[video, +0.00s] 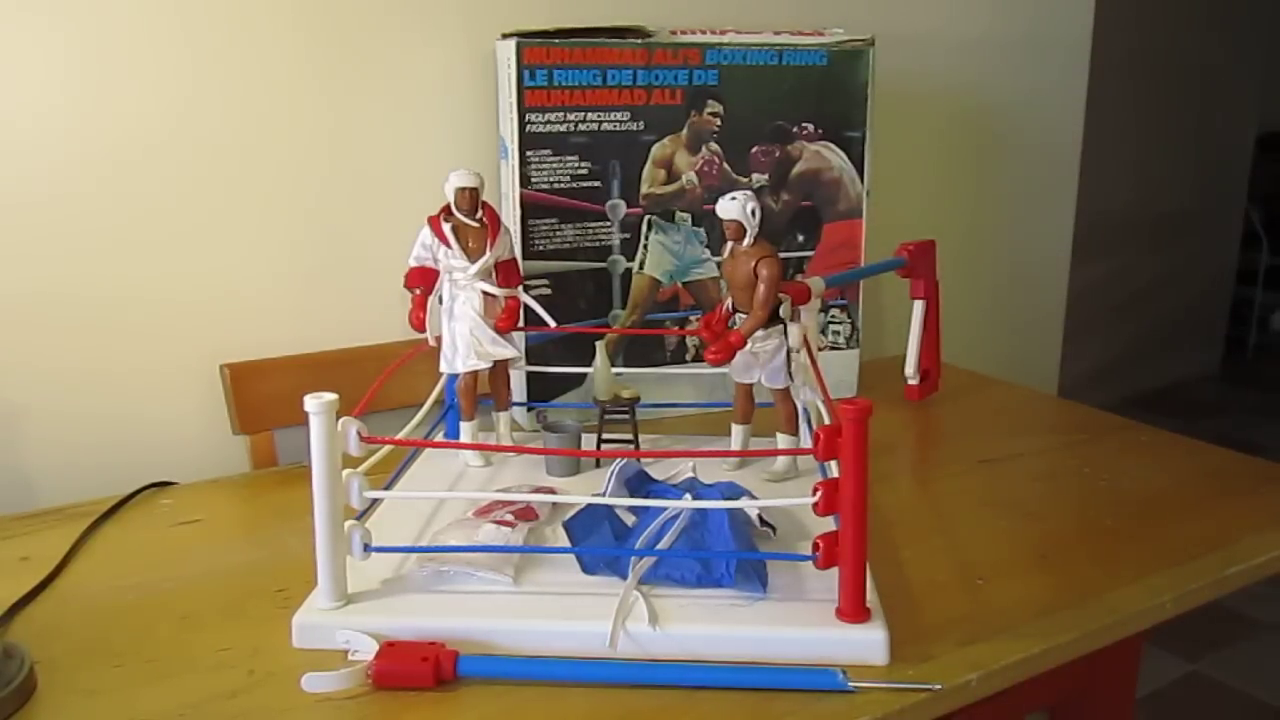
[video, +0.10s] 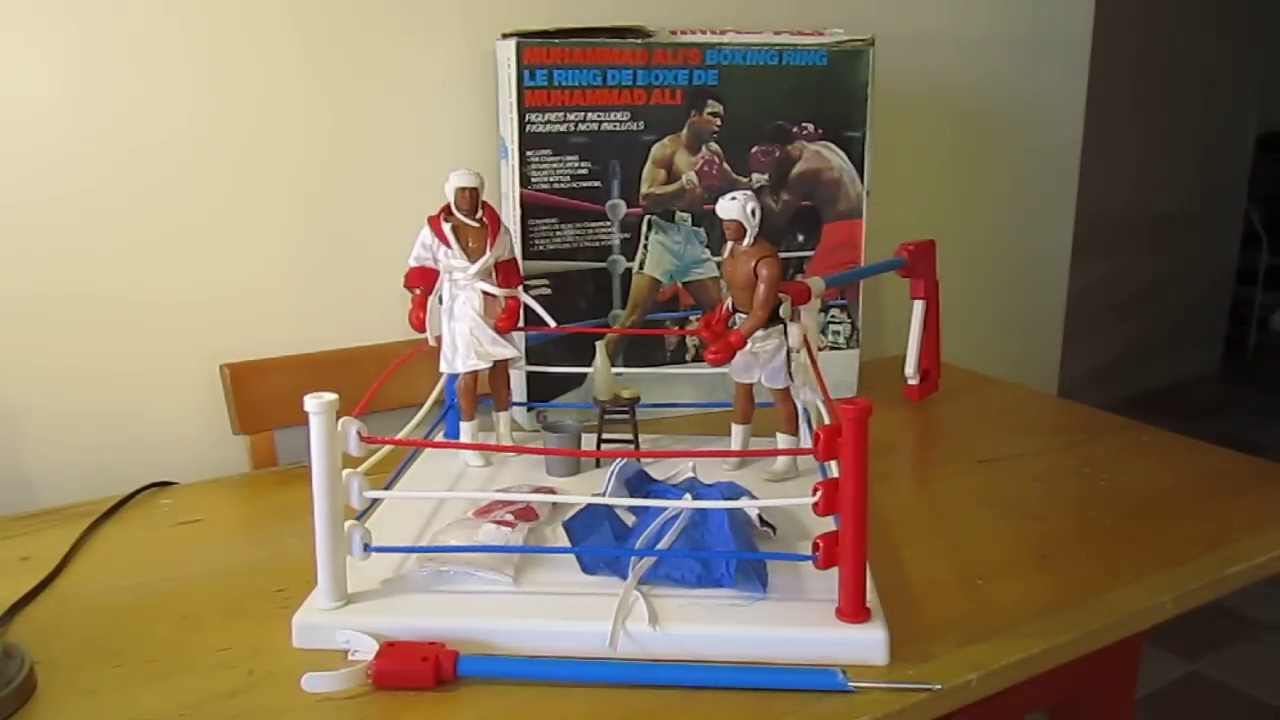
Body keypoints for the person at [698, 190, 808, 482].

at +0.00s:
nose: (726, 227)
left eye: (731, 222)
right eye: (724, 222)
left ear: (748, 222)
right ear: (723, 222)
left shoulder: (767, 262)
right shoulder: (730, 249)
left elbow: (761, 314)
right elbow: (734, 293)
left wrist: (735, 340)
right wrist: (720, 319)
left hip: (768, 333)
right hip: (743, 329)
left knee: (780, 391)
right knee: (742, 387)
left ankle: (787, 457)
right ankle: (737, 450)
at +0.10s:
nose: (725, 227)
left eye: (731, 222)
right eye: (723, 221)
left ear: (748, 222)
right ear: (723, 222)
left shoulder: (767, 262)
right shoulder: (730, 249)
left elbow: (761, 313)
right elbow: (735, 292)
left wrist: (735, 340)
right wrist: (720, 318)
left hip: (769, 333)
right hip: (743, 329)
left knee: (780, 391)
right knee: (742, 387)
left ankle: (787, 457)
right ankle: (737, 450)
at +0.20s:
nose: (726, 227)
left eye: (731, 222)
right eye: (724, 222)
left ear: (748, 223)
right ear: (723, 222)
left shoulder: (767, 262)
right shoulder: (730, 249)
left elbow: (761, 314)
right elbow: (734, 293)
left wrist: (735, 340)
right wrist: (719, 318)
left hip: (769, 332)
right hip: (743, 329)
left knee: (780, 391)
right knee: (742, 386)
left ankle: (787, 457)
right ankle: (737, 450)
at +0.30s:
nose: (725, 227)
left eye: (730, 222)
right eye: (723, 221)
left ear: (748, 222)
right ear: (723, 222)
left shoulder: (767, 262)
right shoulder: (730, 249)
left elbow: (761, 313)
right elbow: (735, 292)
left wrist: (735, 340)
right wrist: (719, 316)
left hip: (769, 332)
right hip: (742, 328)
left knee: (780, 391)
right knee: (742, 386)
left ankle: (787, 456)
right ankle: (737, 450)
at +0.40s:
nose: (726, 227)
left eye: (731, 222)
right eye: (724, 222)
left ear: (748, 222)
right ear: (723, 222)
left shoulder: (766, 262)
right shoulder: (730, 250)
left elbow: (761, 313)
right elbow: (735, 292)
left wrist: (735, 339)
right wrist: (720, 317)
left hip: (769, 333)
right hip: (743, 330)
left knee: (780, 391)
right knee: (742, 386)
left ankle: (787, 456)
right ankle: (737, 450)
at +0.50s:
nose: (726, 227)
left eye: (731, 222)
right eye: (724, 221)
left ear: (748, 222)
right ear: (723, 222)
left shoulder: (766, 262)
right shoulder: (730, 249)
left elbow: (761, 313)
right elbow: (735, 292)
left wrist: (736, 339)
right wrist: (720, 317)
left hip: (769, 333)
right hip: (743, 329)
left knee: (780, 391)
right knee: (742, 387)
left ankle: (787, 457)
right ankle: (737, 450)